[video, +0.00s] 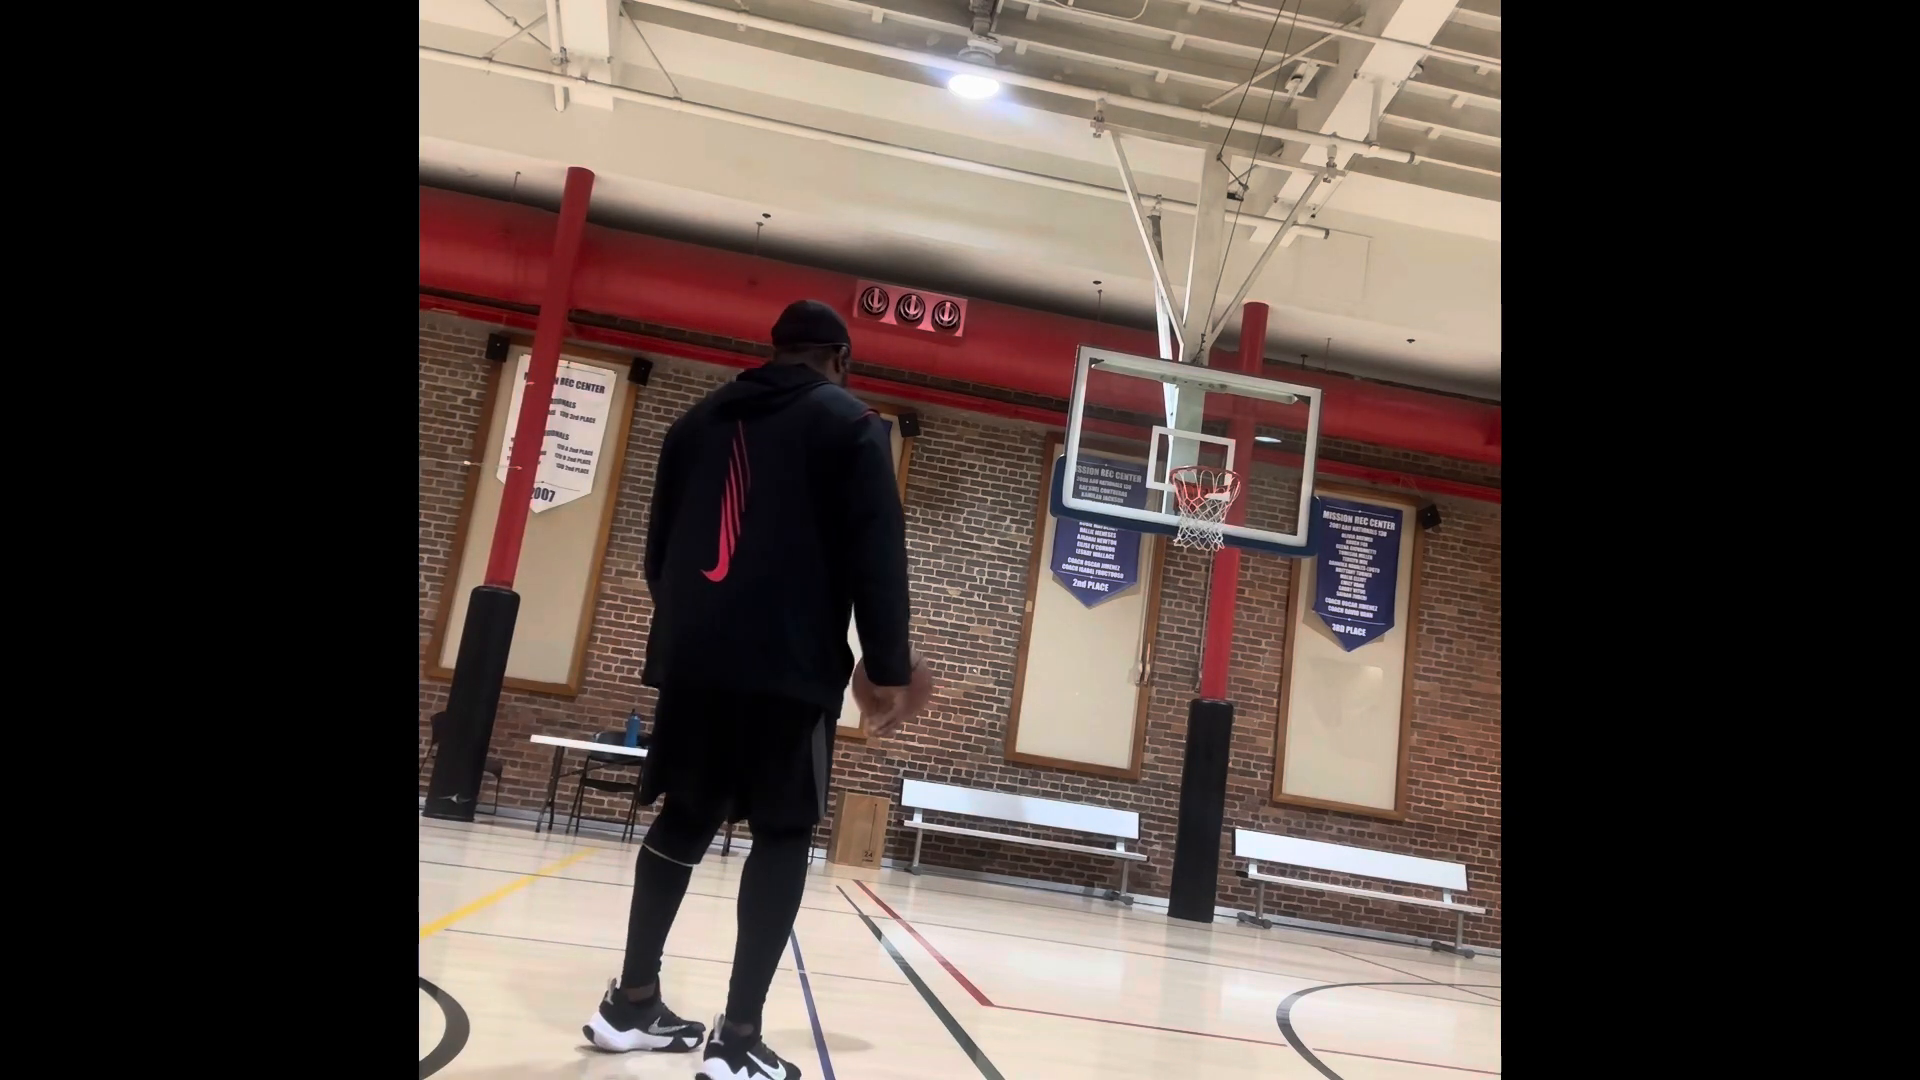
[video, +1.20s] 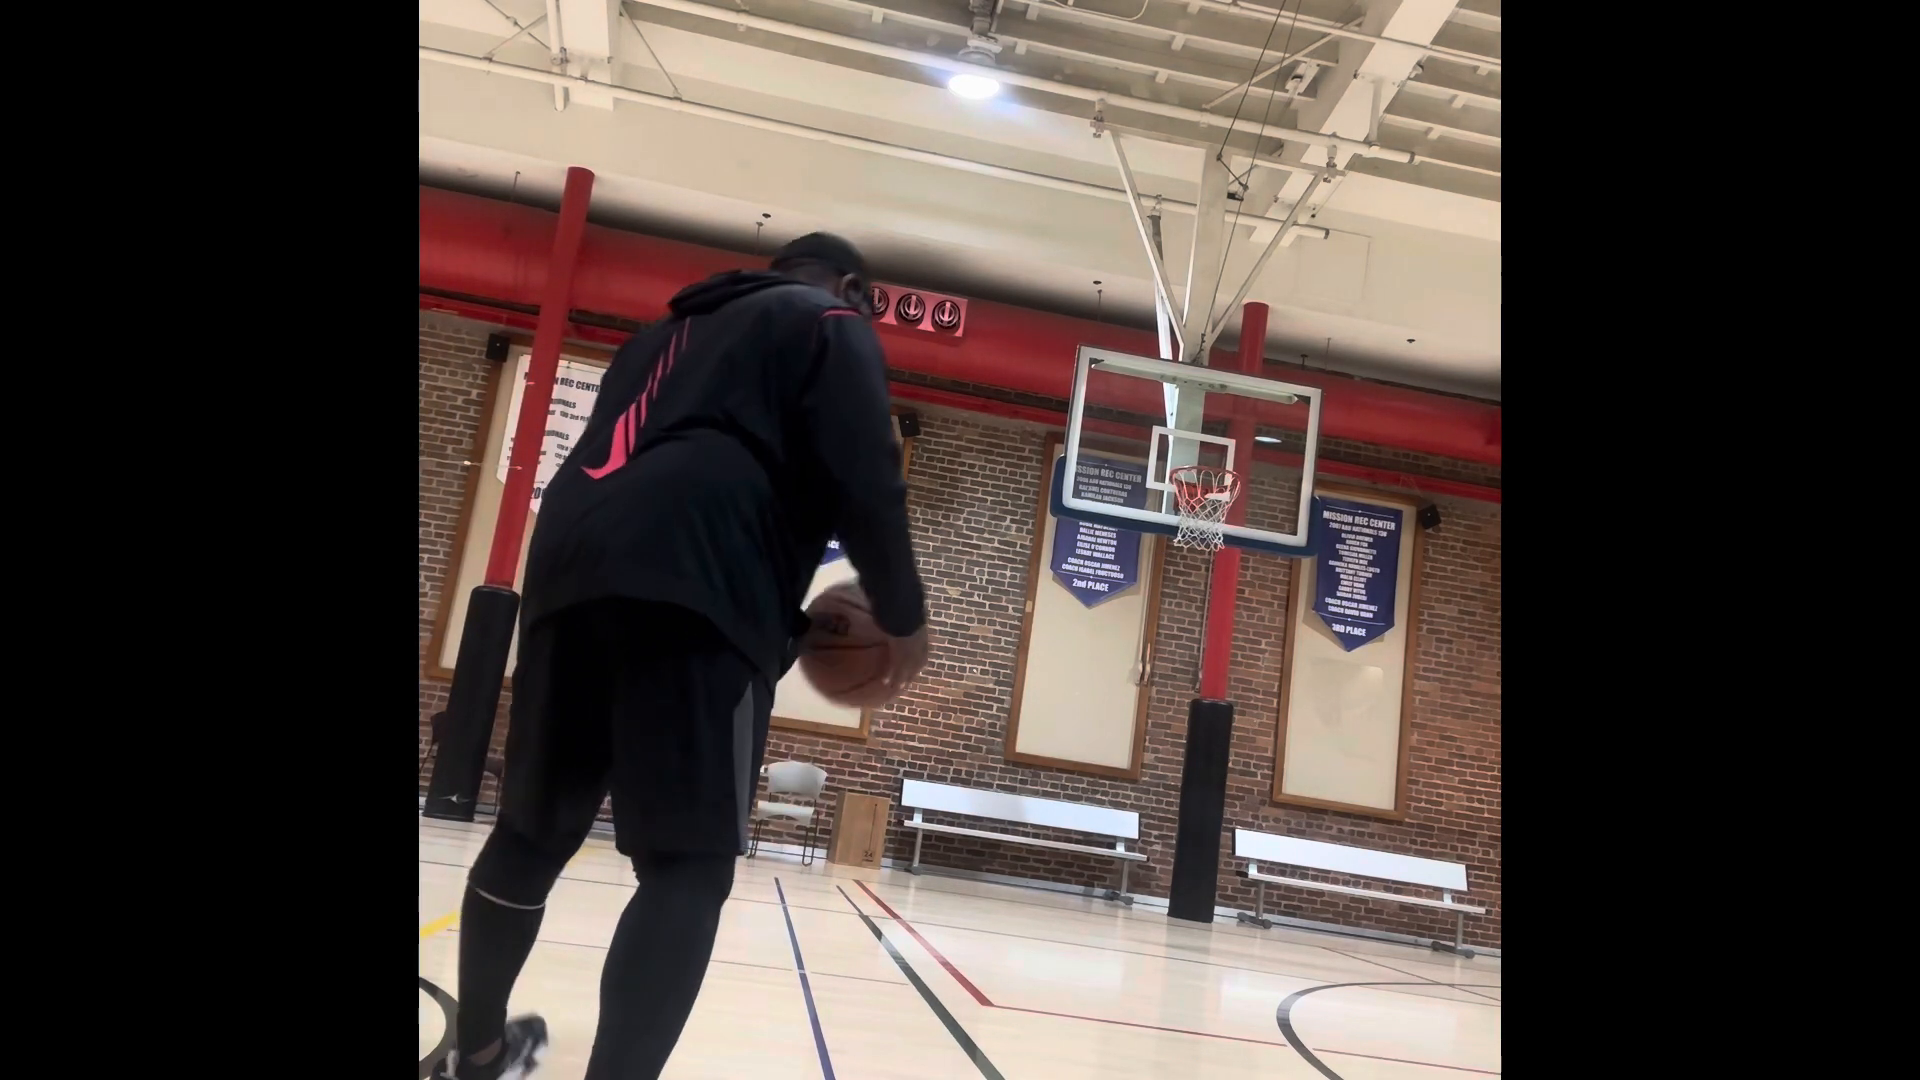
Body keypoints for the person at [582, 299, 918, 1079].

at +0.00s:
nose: (846, 376)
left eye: (842, 367)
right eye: (847, 366)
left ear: (773, 352)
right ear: (834, 359)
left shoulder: (702, 417)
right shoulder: (849, 427)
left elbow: (660, 545)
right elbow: (877, 553)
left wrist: (688, 628)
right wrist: (890, 666)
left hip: (692, 657)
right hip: (790, 667)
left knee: (689, 812)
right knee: (784, 835)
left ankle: (632, 1000)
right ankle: (738, 1037)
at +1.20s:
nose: (861, 320)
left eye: (864, 310)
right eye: (863, 308)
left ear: (774, 268)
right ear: (846, 288)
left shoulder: (666, 333)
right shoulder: (831, 319)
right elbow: (867, 474)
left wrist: (788, 618)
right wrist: (904, 618)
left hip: (566, 575)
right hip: (692, 588)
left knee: (531, 827)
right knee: (689, 866)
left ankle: (473, 1048)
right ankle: (618, 1070)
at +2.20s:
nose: (767, 265)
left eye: (767, 254)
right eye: (765, 252)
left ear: (661, 227)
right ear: (749, 242)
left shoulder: (562, 284)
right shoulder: (760, 294)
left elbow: (498, 417)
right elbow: (793, 448)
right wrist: (741, 599)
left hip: (462, 538)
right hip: (619, 554)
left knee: (441, 821)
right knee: (607, 845)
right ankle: (585, 1069)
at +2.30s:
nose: (726, 268)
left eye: (722, 258)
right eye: (727, 256)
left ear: (621, 230)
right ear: (711, 249)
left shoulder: (522, 294)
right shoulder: (736, 309)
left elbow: (469, 424)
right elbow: (774, 471)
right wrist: (693, 591)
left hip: (454, 553)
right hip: (615, 568)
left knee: (438, 820)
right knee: (605, 847)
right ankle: (586, 1069)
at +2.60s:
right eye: (647, 268)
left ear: (555, 253)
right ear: (642, 270)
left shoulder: (466, 316)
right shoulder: (681, 348)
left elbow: (424, 432)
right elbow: (712, 518)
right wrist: (637, 544)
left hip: (445, 585)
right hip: (598, 601)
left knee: (435, 816)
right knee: (603, 813)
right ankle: (605, 1038)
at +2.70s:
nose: (636, 287)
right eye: (636, 276)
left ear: (545, 265)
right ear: (631, 277)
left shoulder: (466, 325)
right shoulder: (674, 365)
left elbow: (447, 408)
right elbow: (717, 522)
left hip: (446, 603)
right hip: (596, 618)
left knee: (439, 828)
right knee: (588, 822)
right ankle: (599, 1052)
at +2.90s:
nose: (640, 288)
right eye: (642, 277)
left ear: (546, 279)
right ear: (638, 284)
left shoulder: (490, 340)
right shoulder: (680, 377)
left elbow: (500, 302)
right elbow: (778, 411)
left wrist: (573, 258)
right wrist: (729, 309)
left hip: (472, 640)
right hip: (614, 658)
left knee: (442, 855)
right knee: (581, 845)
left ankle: (419, 1018)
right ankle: (587, 1050)